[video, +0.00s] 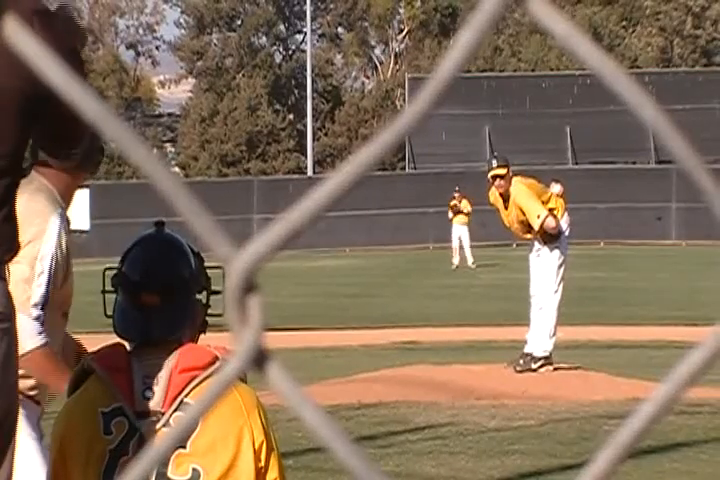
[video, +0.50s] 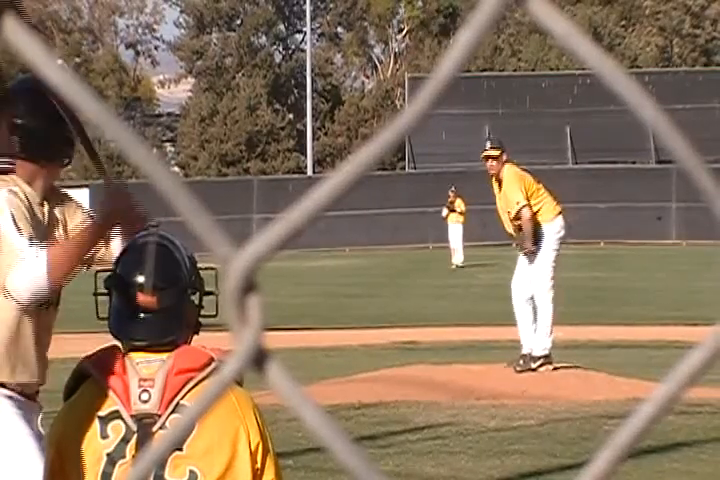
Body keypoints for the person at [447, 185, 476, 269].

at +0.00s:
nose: (457, 195)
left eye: (458, 193)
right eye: (455, 193)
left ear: (461, 194)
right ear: (453, 194)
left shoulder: (464, 201)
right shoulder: (452, 203)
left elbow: (469, 210)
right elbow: (450, 216)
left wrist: (461, 209)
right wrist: (454, 210)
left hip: (464, 224)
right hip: (455, 224)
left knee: (466, 243)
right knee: (455, 244)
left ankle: (470, 261)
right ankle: (455, 261)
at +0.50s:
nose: (452, 194)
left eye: (453, 192)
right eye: (451, 192)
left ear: (455, 193)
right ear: (449, 193)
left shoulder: (459, 201)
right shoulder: (449, 201)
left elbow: (463, 210)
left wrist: (454, 209)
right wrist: (445, 213)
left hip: (458, 222)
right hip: (451, 222)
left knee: (458, 241)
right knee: (452, 242)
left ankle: (459, 260)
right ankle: (454, 260)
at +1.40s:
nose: (450, 195)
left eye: (451, 193)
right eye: (448, 193)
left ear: (453, 194)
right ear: (447, 194)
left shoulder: (456, 202)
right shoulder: (444, 203)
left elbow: (459, 212)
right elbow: (441, 211)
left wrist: (458, 220)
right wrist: (442, 218)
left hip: (455, 222)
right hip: (447, 223)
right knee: (445, 243)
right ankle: (445, 261)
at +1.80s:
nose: (444, 195)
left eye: (445, 193)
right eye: (442, 193)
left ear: (447, 194)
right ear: (440, 194)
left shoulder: (451, 202)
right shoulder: (439, 203)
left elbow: (457, 214)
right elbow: (435, 214)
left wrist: (461, 224)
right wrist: (441, 205)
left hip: (451, 224)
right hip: (443, 224)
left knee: (453, 243)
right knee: (444, 244)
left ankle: (453, 261)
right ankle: (445, 262)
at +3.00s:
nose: (453, 196)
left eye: (454, 194)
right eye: (452, 194)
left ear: (456, 195)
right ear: (449, 194)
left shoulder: (459, 203)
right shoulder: (446, 203)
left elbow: (463, 214)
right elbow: (442, 214)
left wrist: (465, 226)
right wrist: (448, 212)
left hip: (457, 224)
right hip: (449, 224)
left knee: (457, 244)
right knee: (449, 244)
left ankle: (456, 263)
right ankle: (449, 261)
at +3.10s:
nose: (453, 195)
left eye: (454, 193)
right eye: (451, 193)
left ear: (456, 195)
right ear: (449, 194)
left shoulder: (459, 203)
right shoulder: (446, 203)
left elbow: (463, 214)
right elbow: (443, 212)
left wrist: (464, 224)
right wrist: (445, 219)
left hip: (456, 224)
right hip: (449, 224)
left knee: (456, 244)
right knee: (448, 244)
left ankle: (457, 262)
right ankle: (449, 262)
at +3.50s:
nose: (445, 196)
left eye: (447, 194)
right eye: (444, 194)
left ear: (449, 195)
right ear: (442, 195)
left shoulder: (454, 203)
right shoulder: (441, 205)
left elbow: (458, 215)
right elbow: (439, 218)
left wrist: (458, 225)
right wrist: (437, 229)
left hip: (453, 225)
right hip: (445, 225)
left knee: (453, 244)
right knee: (445, 245)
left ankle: (456, 262)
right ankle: (447, 263)